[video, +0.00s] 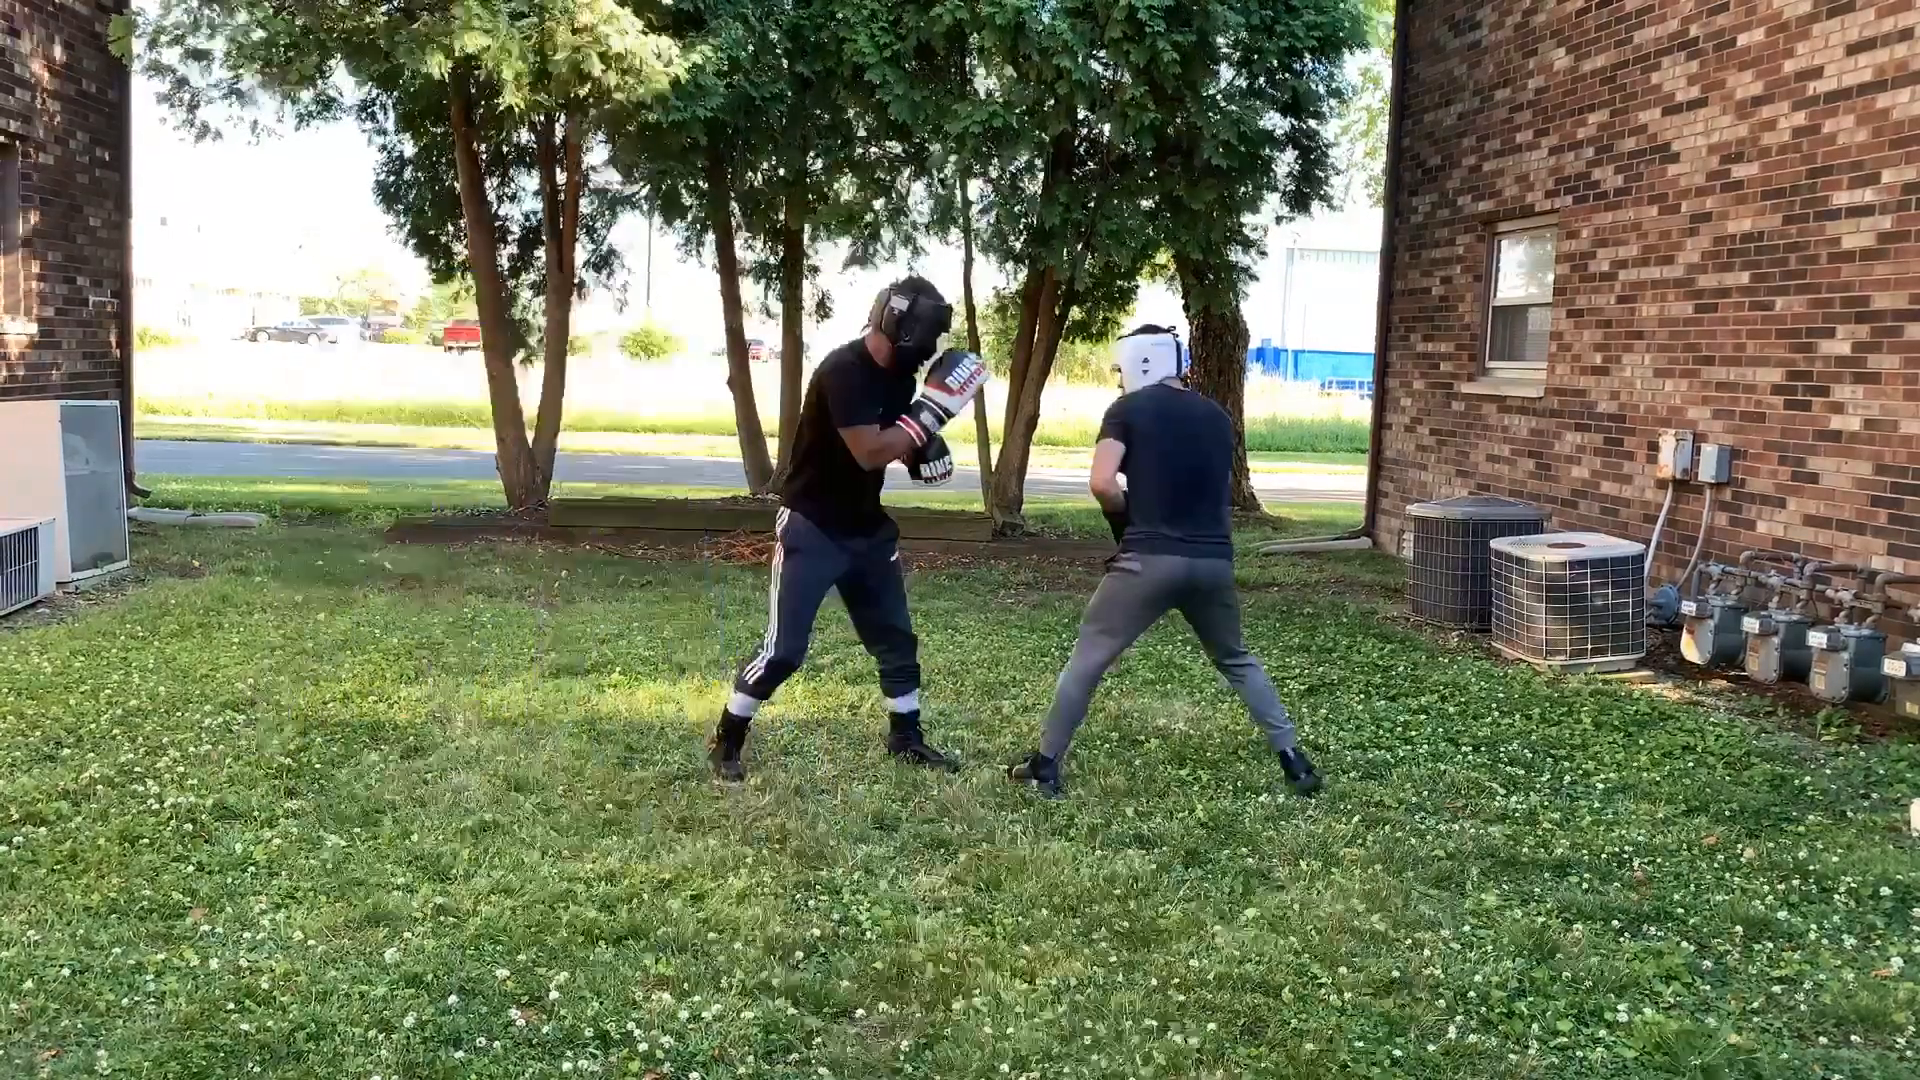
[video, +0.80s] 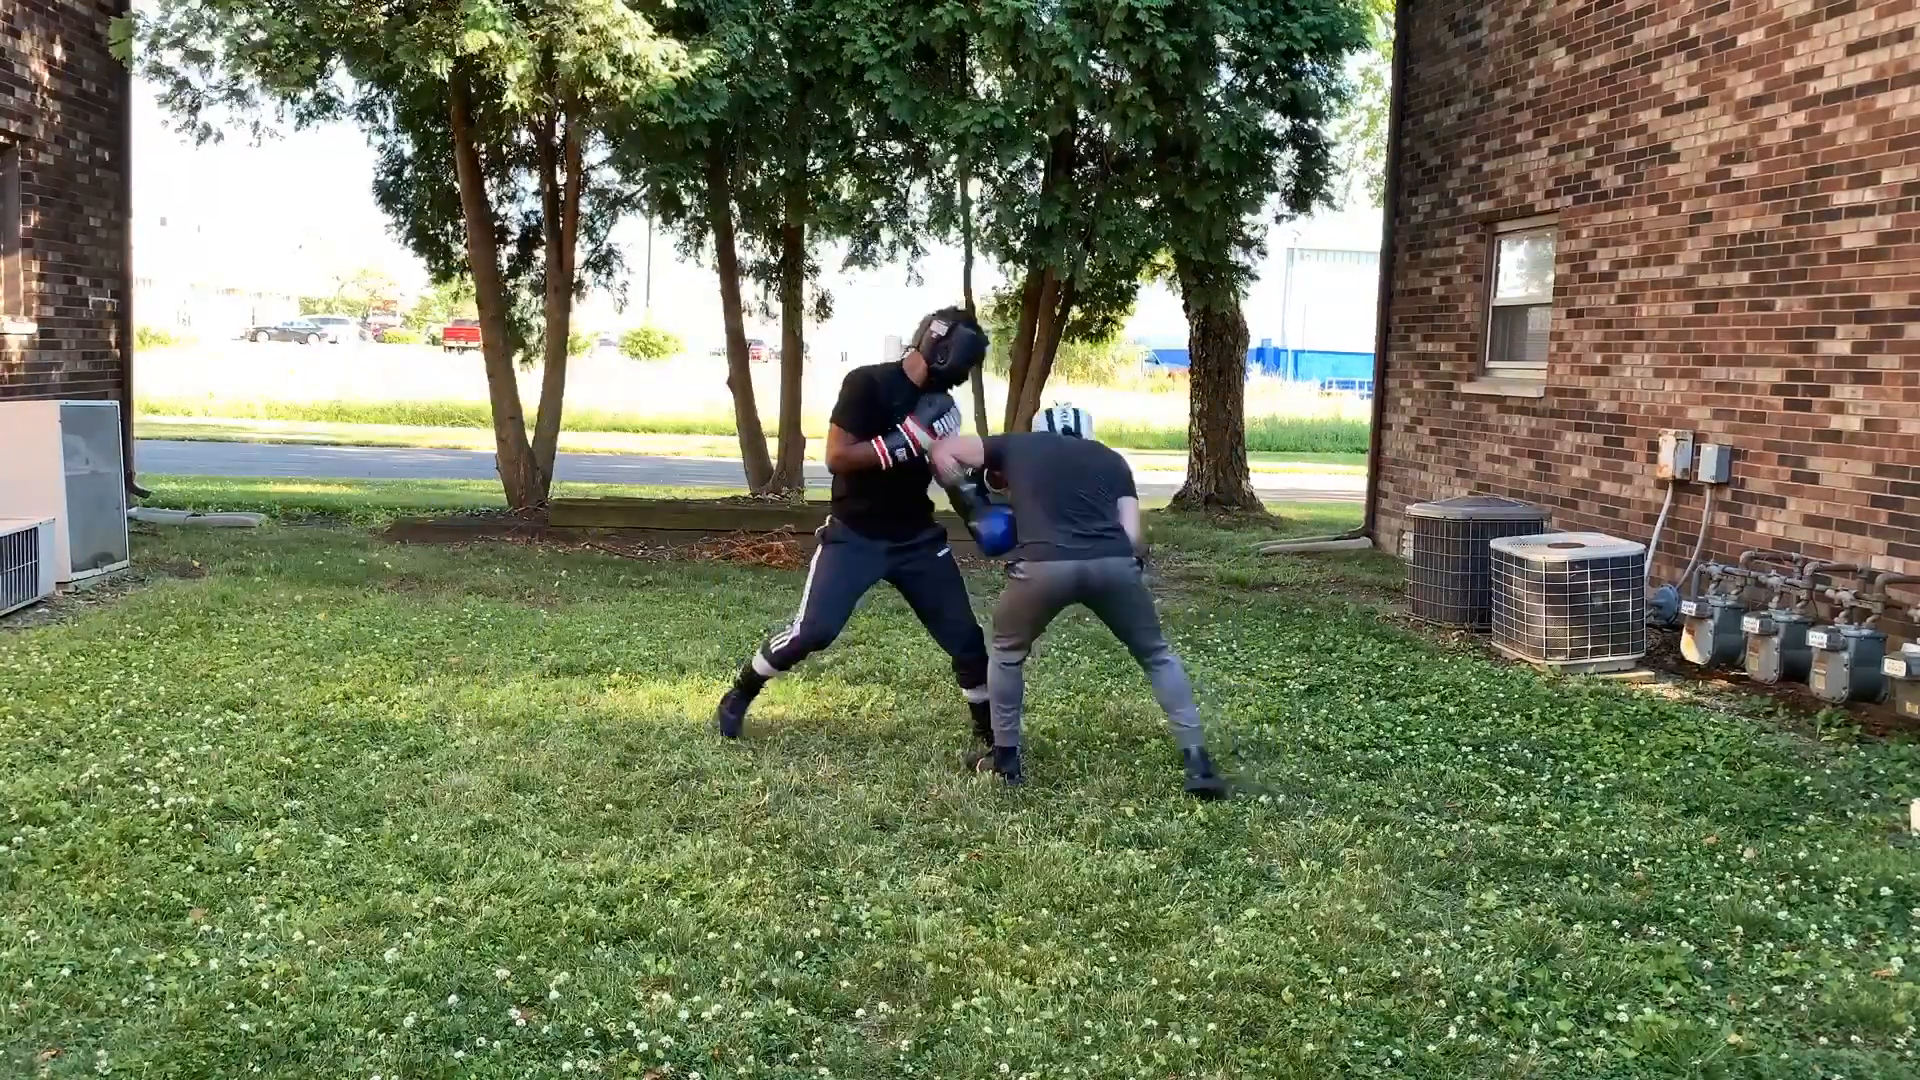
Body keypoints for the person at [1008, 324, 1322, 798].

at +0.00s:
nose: (1119, 376)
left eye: (1122, 368)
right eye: (1119, 368)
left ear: (1138, 366)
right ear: (1180, 367)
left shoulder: (1127, 408)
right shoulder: (1218, 416)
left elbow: (1103, 482)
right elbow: (1222, 490)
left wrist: (1124, 515)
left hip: (1149, 560)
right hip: (1214, 562)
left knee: (1088, 660)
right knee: (1236, 658)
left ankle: (1046, 763)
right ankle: (1293, 755)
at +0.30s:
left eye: (1132, 398)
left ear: (1138, 398)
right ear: (1186, 399)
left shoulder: (1122, 430)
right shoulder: (1220, 442)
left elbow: (1095, 496)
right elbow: (1212, 504)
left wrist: (1121, 516)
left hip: (1143, 572)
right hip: (1210, 577)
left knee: (1072, 653)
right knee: (1227, 662)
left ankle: (1048, 763)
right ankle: (1269, 769)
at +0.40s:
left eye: (1145, 453)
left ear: (1149, 454)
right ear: (1198, 463)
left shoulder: (1123, 478)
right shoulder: (1218, 493)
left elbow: (1090, 535)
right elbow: (1219, 540)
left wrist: (1131, 546)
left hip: (1132, 595)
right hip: (1206, 602)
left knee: (1059, 653)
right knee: (1236, 671)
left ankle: (1021, 752)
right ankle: (1269, 773)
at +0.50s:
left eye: (1106, 488)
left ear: (1112, 489)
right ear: (1158, 489)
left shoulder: (1098, 506)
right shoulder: (1193, 514)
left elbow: (1070, 561)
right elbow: (1215, 589)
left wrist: (1108, 576)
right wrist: (1173, 585)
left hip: (1122, 610)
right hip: (1195, 615)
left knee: (1045, 654)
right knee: (1225, 675)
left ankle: (1011, 754)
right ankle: (1267, 769)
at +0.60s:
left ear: (1066, 484)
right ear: (1109, 480)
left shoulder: (1059, 502)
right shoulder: (1143, 501)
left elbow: (1038, 561)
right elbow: (1174, 556)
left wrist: (1073, 577)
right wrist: (1138, 573)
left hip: (1109, 604)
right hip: (1176, 607)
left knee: (1026, 650)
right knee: (1201, 678)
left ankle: (1006, 758)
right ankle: (1264, 768)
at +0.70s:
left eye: (1038, 459)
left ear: (1043, 459)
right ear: (1089, 457)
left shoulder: (1030, 474)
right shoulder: (1126, 479)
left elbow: (990, 516)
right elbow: (1141, 538)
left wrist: (1023, 547)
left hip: (1070, 584)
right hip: (1141, 585)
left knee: (1009, 650)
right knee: (1182, 668)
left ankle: (1004, 758)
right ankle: (1254, 764)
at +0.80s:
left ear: (1040, 430)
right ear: (1088, 433)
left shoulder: (1018, 445)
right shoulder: (1112, 459)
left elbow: (943, 451)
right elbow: (1132, 537)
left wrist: (969, 505)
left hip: (1043, 566)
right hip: (1113, 565)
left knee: (1007, 649)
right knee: (1157, 653)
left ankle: (1006, 758)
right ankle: (1198, 760)